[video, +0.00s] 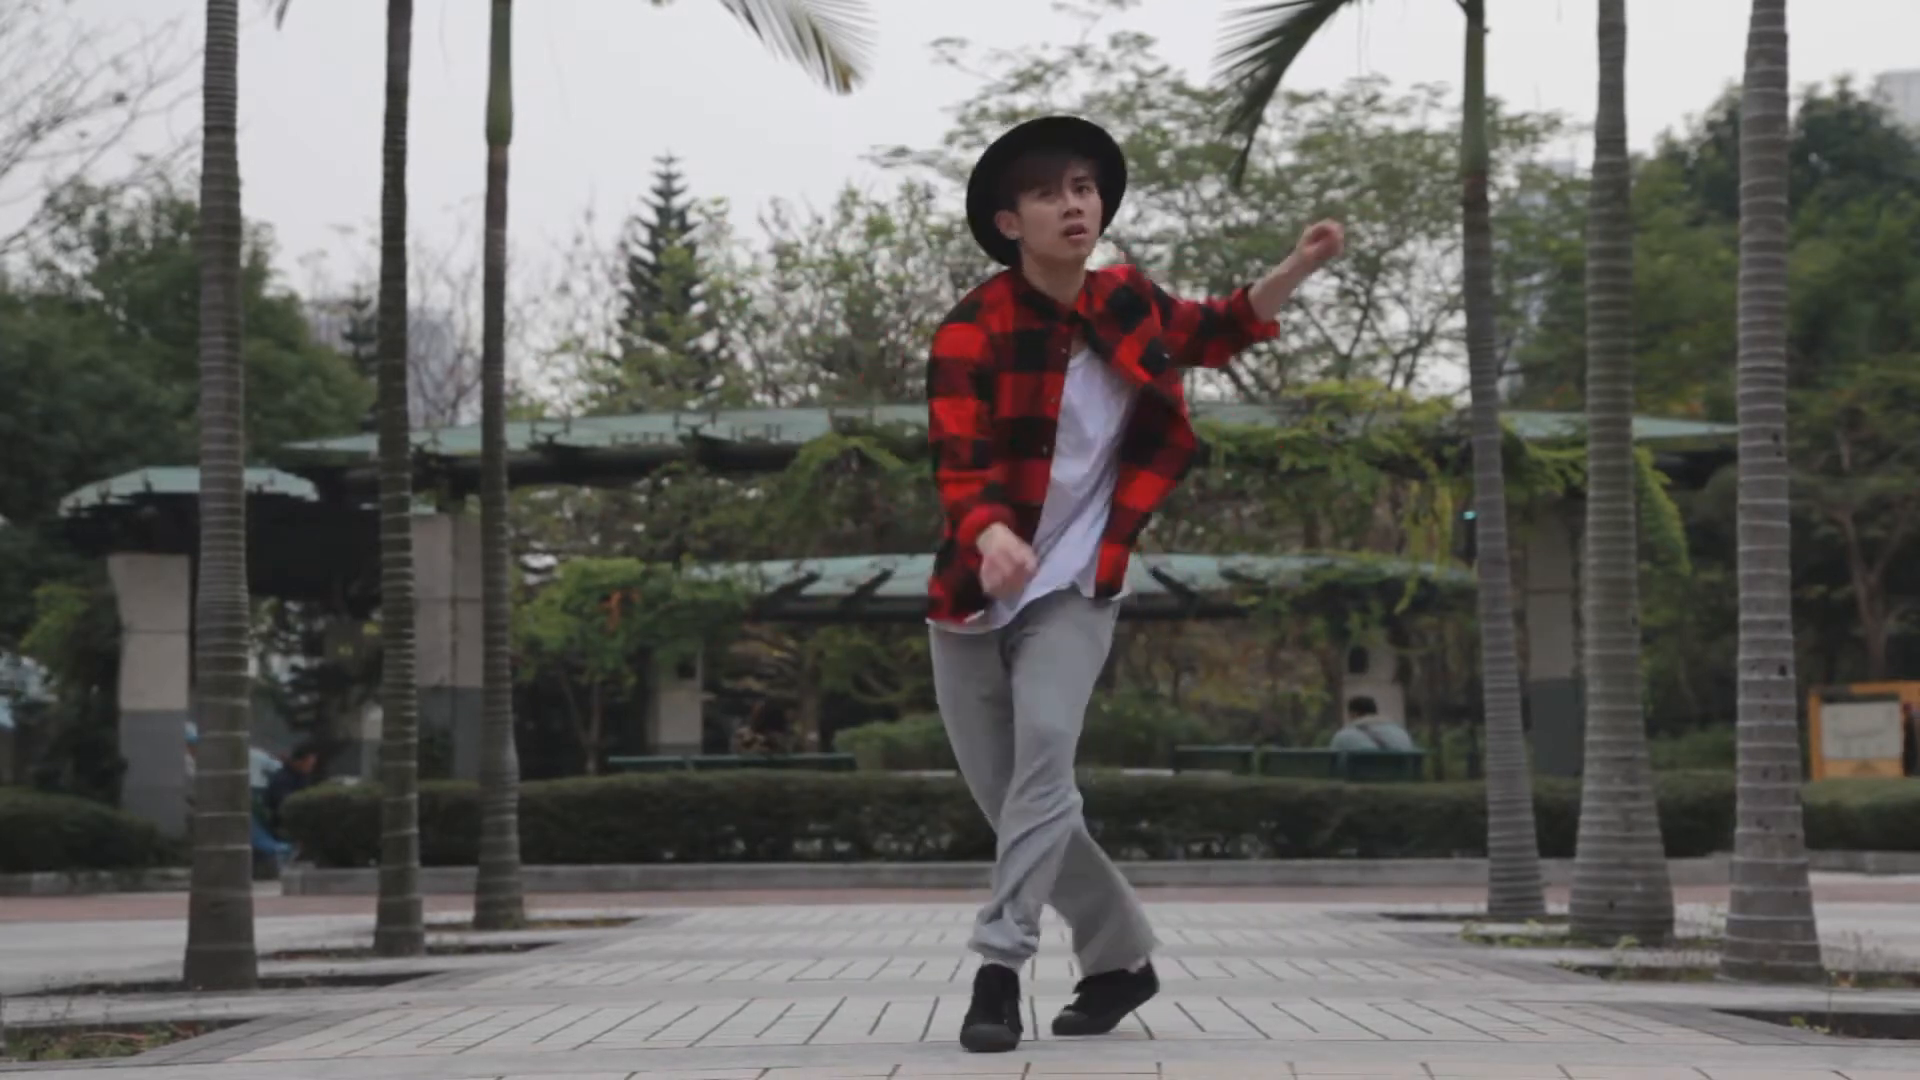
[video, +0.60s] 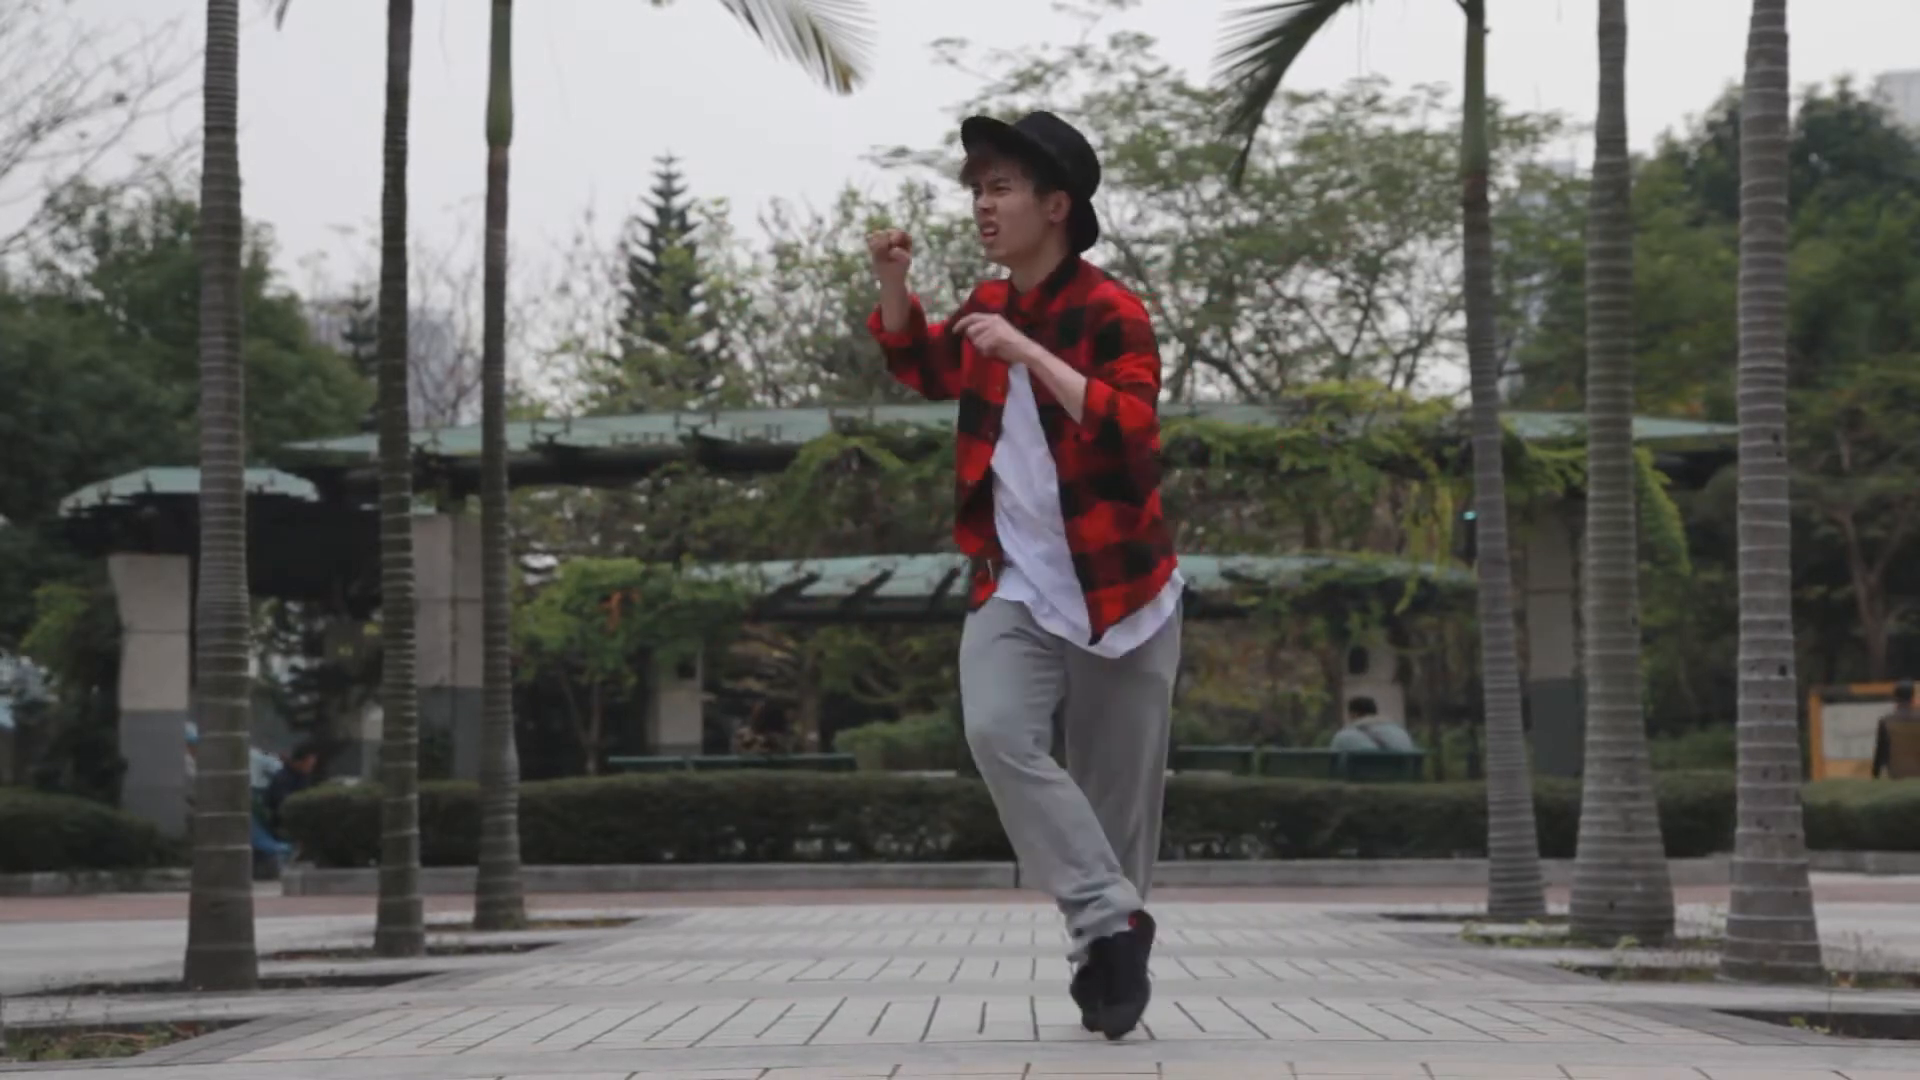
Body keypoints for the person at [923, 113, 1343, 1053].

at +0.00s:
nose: (1074, 206)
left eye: (1087, 188)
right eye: (1046, 192)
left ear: (1104, 207)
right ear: (1005, 221)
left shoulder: (1133, 305)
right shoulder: (971, 332)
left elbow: (1214, 331)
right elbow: (958, 462)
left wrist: (1289, 272)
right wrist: (985, 529)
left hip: (1073, 580)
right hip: (970, 589)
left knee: (1045, 750)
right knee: (1006, 796)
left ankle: (998, 965)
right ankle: (1119, 958)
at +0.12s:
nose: (1084, 220)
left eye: (1102, 205)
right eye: (1061, 207)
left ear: (1127, 230)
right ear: (1029, 236)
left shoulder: (1156, 336)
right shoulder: (987, 351)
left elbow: (1225, 453)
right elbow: (939, 487)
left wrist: (1177, 403)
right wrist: (885, 602)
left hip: (1104, 551)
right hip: (994, 575)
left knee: (1081, 612)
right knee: (1020, 800)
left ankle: (1080, 832)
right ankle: (1086, 976)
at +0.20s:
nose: (1072, 207)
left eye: (1096, 191)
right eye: (1054, 191)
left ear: (1130, 219)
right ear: (1030, 214)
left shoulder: (1158, 327)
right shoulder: (971, 325)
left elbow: (1187, 444)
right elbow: (904, 427)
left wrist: (1111, 362)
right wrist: (838, 497)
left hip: (1105, 540)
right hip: (1002, 564)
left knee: (1137, 576)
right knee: (1024, 786)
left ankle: (1122, 750)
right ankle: (1083, 968)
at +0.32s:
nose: (1019, 181)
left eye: (1043, 167)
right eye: (1015, 167)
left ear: (1095, 196)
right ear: (1006, 189)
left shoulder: (1140, 296)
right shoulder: (975, 290)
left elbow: (1144, 391)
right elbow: (893, 337)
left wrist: (1066, 304)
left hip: (1136, 560)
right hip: (1021, 564)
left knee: (1185, 665)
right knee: (1048, 736)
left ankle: (1096, 751)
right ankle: (1105, 952)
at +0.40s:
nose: (993, 205)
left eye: (1016, 188)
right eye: (989, 189)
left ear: (1075, 211)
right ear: (988, 210)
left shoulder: (1127, 305)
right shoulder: (977, 314)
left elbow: (1107, 373)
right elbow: (901, 306)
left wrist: (1037, 302)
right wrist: (825, 286)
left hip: (1143, 569)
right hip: (1032, 566)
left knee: (1180, 767)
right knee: (1061, 757)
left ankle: (1069, 812)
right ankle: (1139, 972)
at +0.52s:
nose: (977, 210)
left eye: (996, 193)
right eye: (974, 194)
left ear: (1054, 207)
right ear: (980, 205)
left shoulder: (1118, 310)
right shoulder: (989, 310)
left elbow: (1125, 418)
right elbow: (940, 359)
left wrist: (1014, 378)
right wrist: (865, 288)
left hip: (1136, 590)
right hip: (1031, 589)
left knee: (1124, 790)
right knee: (1054, 774)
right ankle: (1139, 955)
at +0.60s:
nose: (983, 207)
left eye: (1002, 190)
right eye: (978, 190)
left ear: (1060, 203)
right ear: (979, 204)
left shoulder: (1114, 313)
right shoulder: (983, 314)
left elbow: (1134, 429)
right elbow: (918, 361)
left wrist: (1028, 353)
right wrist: (895, 290)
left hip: (1122, 592)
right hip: (1017, 584)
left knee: (1119, 790)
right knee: (996, 731)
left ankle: (1108, 958)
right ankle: (1107, 918)